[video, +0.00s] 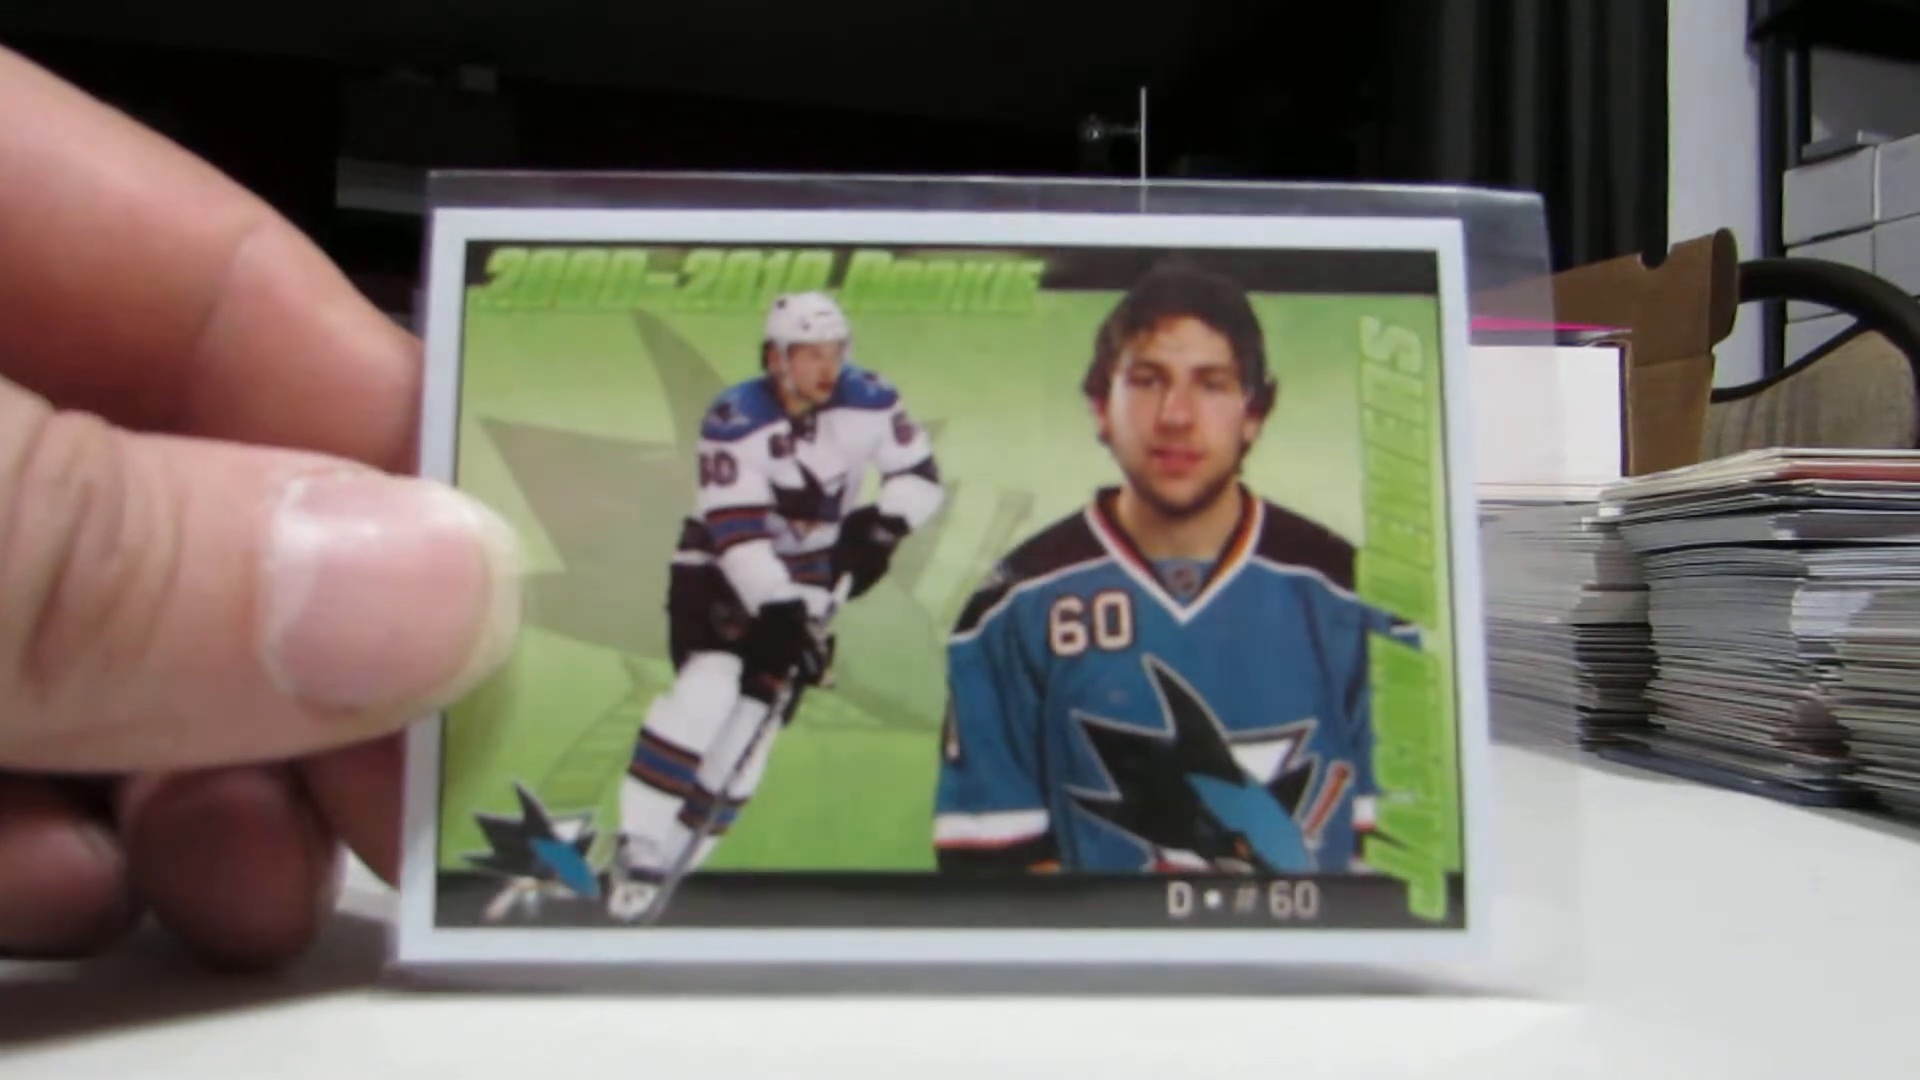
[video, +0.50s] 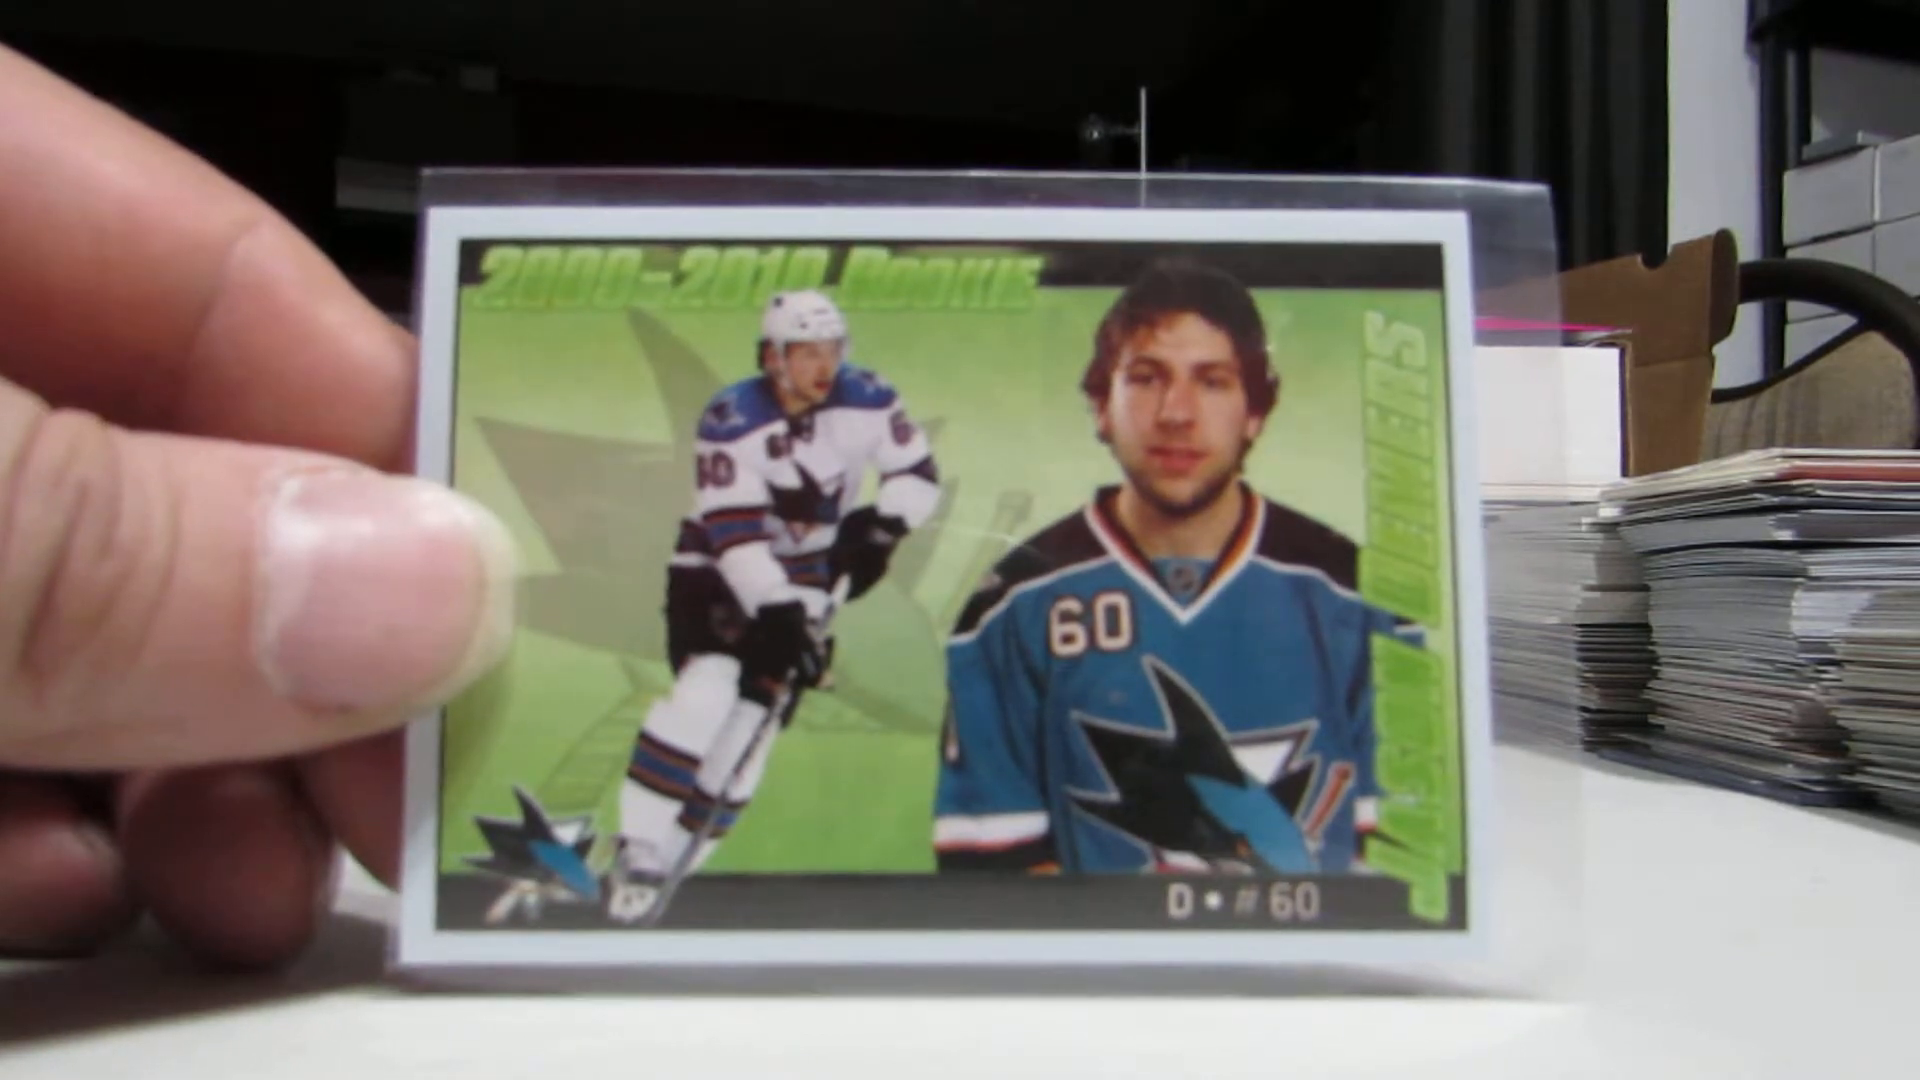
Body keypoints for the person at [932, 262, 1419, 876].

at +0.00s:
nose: (1175, 414)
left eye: (1210, 383)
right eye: (1146, 380)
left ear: (1252, 415)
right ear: (1101, 409)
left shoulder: (1349, 589)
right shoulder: (1016, 606)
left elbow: (1395, 848)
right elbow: (992, 868)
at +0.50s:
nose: (1176, 411)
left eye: (1211, 381)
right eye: (1146, 378)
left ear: (1254, 413)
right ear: (1102, 407)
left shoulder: (1354, 589)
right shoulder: (1017, 604)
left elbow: (1400, 851)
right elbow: (992, 872)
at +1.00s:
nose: (1177, 410)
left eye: (1212, 380)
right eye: (1147, 377)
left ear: (1255, 414)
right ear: (1102, 407)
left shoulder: (1354, 588)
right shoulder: (1016, 604)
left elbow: (1401, 851)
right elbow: (993, 872)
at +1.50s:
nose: (1177, 411)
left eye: (1212, 381)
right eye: (1147, 377)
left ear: (1255, 414)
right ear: (1103, 407)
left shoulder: (1355, 589)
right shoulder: (1017, 605)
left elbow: (1400, 853)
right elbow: (995, 874)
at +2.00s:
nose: (1177, 411)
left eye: (1213, 380)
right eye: (1147, 377)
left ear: (1255, 414)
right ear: (1102, 407)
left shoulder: (1355, 589)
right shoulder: (1017, 605)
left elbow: (1400, 855)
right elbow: (994, 874)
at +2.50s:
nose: (1177, 411)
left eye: (1212, 381)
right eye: (1147, 377)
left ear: (1255, 415)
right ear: (1103, 408)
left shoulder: (1355, 589)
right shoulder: (1017, 604)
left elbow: (1400, 856)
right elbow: (994, 876)